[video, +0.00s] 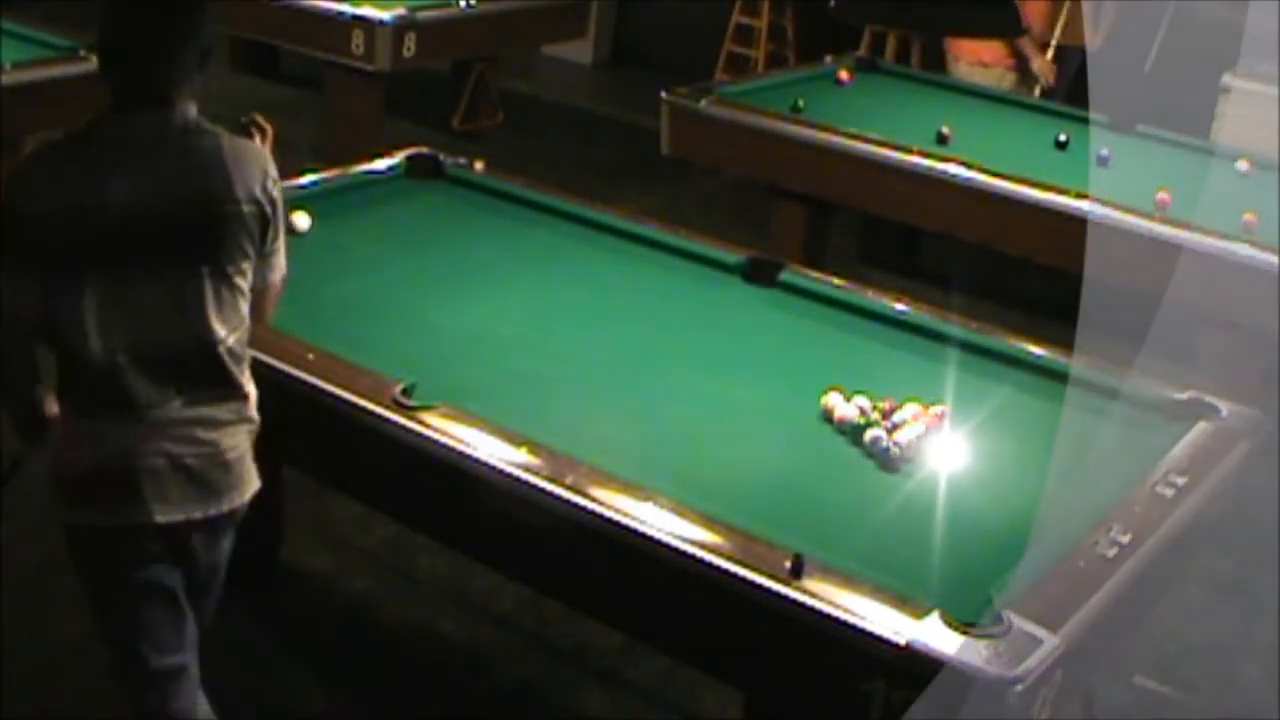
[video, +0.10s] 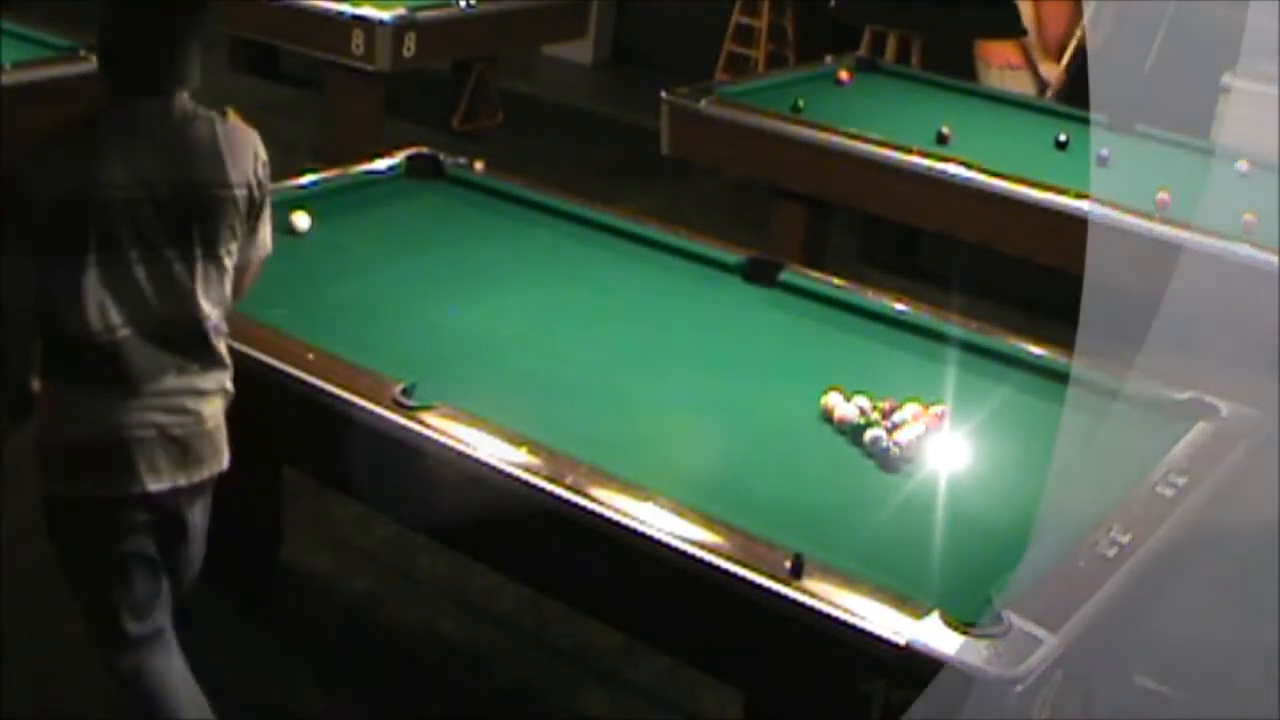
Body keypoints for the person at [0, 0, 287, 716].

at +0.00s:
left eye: (110, 51)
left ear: (106, 60)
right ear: (203, 62)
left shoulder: (49, 174)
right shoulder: (245, 169)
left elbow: (20, 327)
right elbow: (261, 307)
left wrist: (43, 418)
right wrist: (258, 171)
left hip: (103, 472)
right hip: (218, 470)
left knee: (165, 680)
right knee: (181, 667)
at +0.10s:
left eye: (109, 41)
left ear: (107, 51)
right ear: (194, 51)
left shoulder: (61, 151)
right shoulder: (239, 149)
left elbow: (23, 293)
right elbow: (244, 273)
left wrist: (23, 384)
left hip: (93, 445)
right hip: (198, 437)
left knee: (141, 638)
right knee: (165, 618)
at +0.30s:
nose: (83, 25)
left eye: (87, 15)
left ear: (89, 20)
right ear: (164, 22)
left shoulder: (51, 111)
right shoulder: (207, 110)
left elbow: (25, 245)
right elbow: (195, 214)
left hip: (80, 389)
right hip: (174, 379)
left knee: (58, 546)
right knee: (158, 558)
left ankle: (146, 696)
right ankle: (164, 692)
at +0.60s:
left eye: (19, 16)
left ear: (29, 13)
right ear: (96, 6)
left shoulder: (16, 90)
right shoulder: (134, 76)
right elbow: (118, 194)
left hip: (26, 360)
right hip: (116, 354)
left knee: (9, 531)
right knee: (124, 536)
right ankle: (143, 692)